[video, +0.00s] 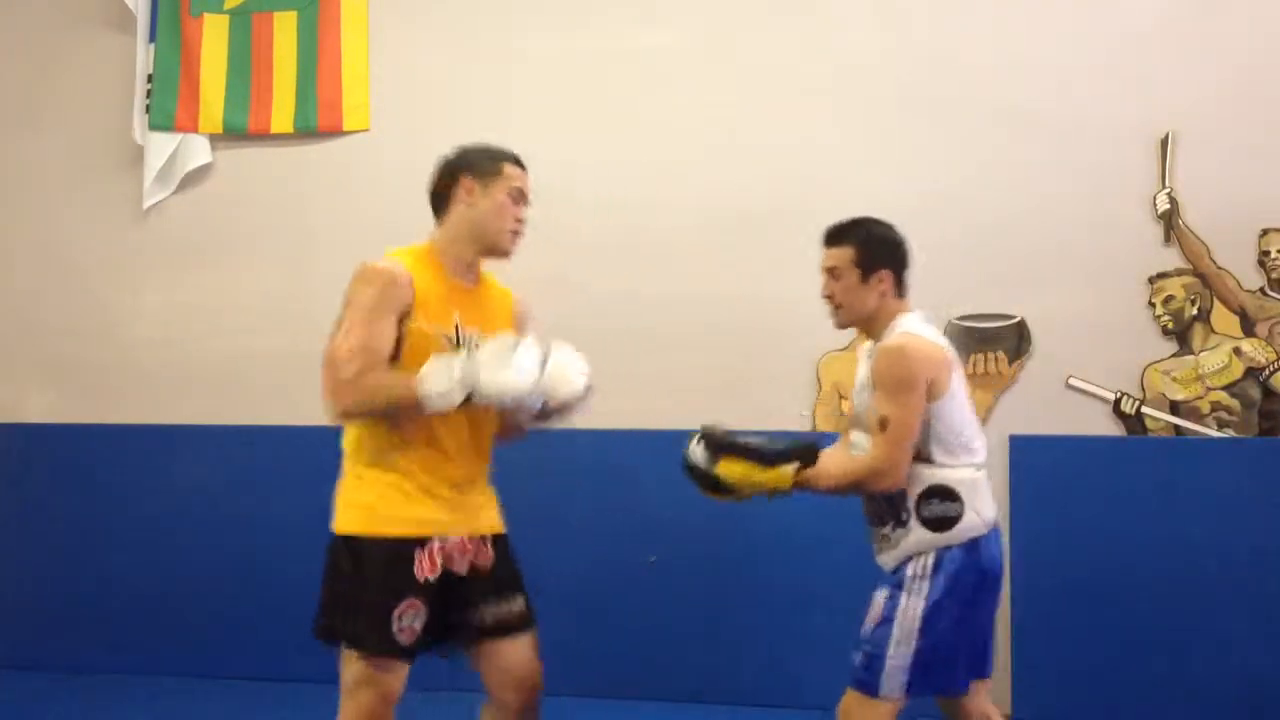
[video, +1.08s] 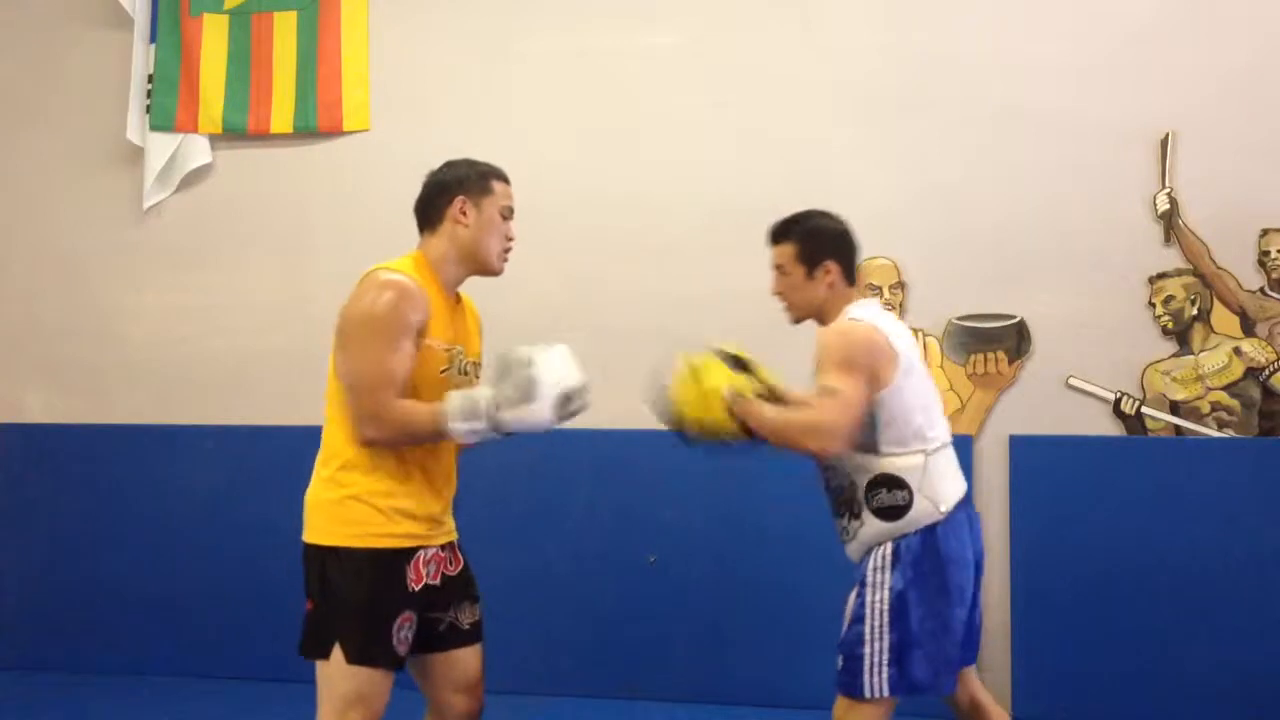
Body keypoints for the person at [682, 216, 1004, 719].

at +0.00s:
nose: (824, 289)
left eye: (836, 275)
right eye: (825, 275)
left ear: (881, 282)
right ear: (878, 286)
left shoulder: (905, 350)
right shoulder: (888, 344)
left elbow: (888, 471)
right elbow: (858, 449)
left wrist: (796, 478)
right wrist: (787, 468)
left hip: (938, 552)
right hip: (959, 546)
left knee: (863, 709)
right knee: (966, 700)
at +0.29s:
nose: (765, 298)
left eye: (776, 283)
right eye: (765, 283)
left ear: (822, 288)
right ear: (818, 291)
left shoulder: (854, 358)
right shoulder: (815, 358)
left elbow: (840, 477)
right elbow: (798, 453)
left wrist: (747, 487)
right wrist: (731, 483)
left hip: (914, 546)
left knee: (849, 708)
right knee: (932, 692)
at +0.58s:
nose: (744, 294)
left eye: (752, 279)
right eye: (743, 280)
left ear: (799, 280)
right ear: (798, 281)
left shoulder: (841, 346)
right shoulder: (811, 344)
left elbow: (828, 462)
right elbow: (792, 434)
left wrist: (733, 432)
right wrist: (718, 435)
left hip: (886, 546)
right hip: (880, 541)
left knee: (827, 708)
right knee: (921, 685)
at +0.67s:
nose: (734, 298)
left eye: (742, 283)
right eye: (733, 284)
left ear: (787, 280)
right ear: (785, 283)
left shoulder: (836, 343)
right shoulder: (814, 342)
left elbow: (815, 454)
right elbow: (795, 435)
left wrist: (741, 396)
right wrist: (725, 396)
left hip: (881, 546)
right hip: (895, 538)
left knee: (828, 710)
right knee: (928, 687)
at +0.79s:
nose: (728, 299)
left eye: (735, 284)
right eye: (727, 285)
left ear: (780, 283)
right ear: (779, 285)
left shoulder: (820, 339)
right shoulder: (805, 336)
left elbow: (754, 430)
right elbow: (753, 424)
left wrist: (694, 368)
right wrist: (695, 378)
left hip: (892, 544)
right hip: (915, 531)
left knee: (840, 708)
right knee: (940, 687)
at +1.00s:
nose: (755, 291)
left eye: (763, 277)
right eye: (755, 277)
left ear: (808, 280)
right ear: (810, 281)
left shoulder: (835, 337)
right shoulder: (854, 326)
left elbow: (773, 424)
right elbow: (781, 404)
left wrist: (696, 377)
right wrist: (714, 372)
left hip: (903, 543)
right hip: (934, 531)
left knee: (850, 702)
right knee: (956, 687)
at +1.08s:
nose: (774, 287)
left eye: (783, 272)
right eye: (775, 272)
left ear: (827, 275)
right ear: (831, 276)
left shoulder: (849, 334)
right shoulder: (877, 322)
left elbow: (830, 433)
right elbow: (846, 413)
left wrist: (747, 412)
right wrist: (775, 396)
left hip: (909, 540)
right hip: (948, 529)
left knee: (861, 706)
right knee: (963, 686)